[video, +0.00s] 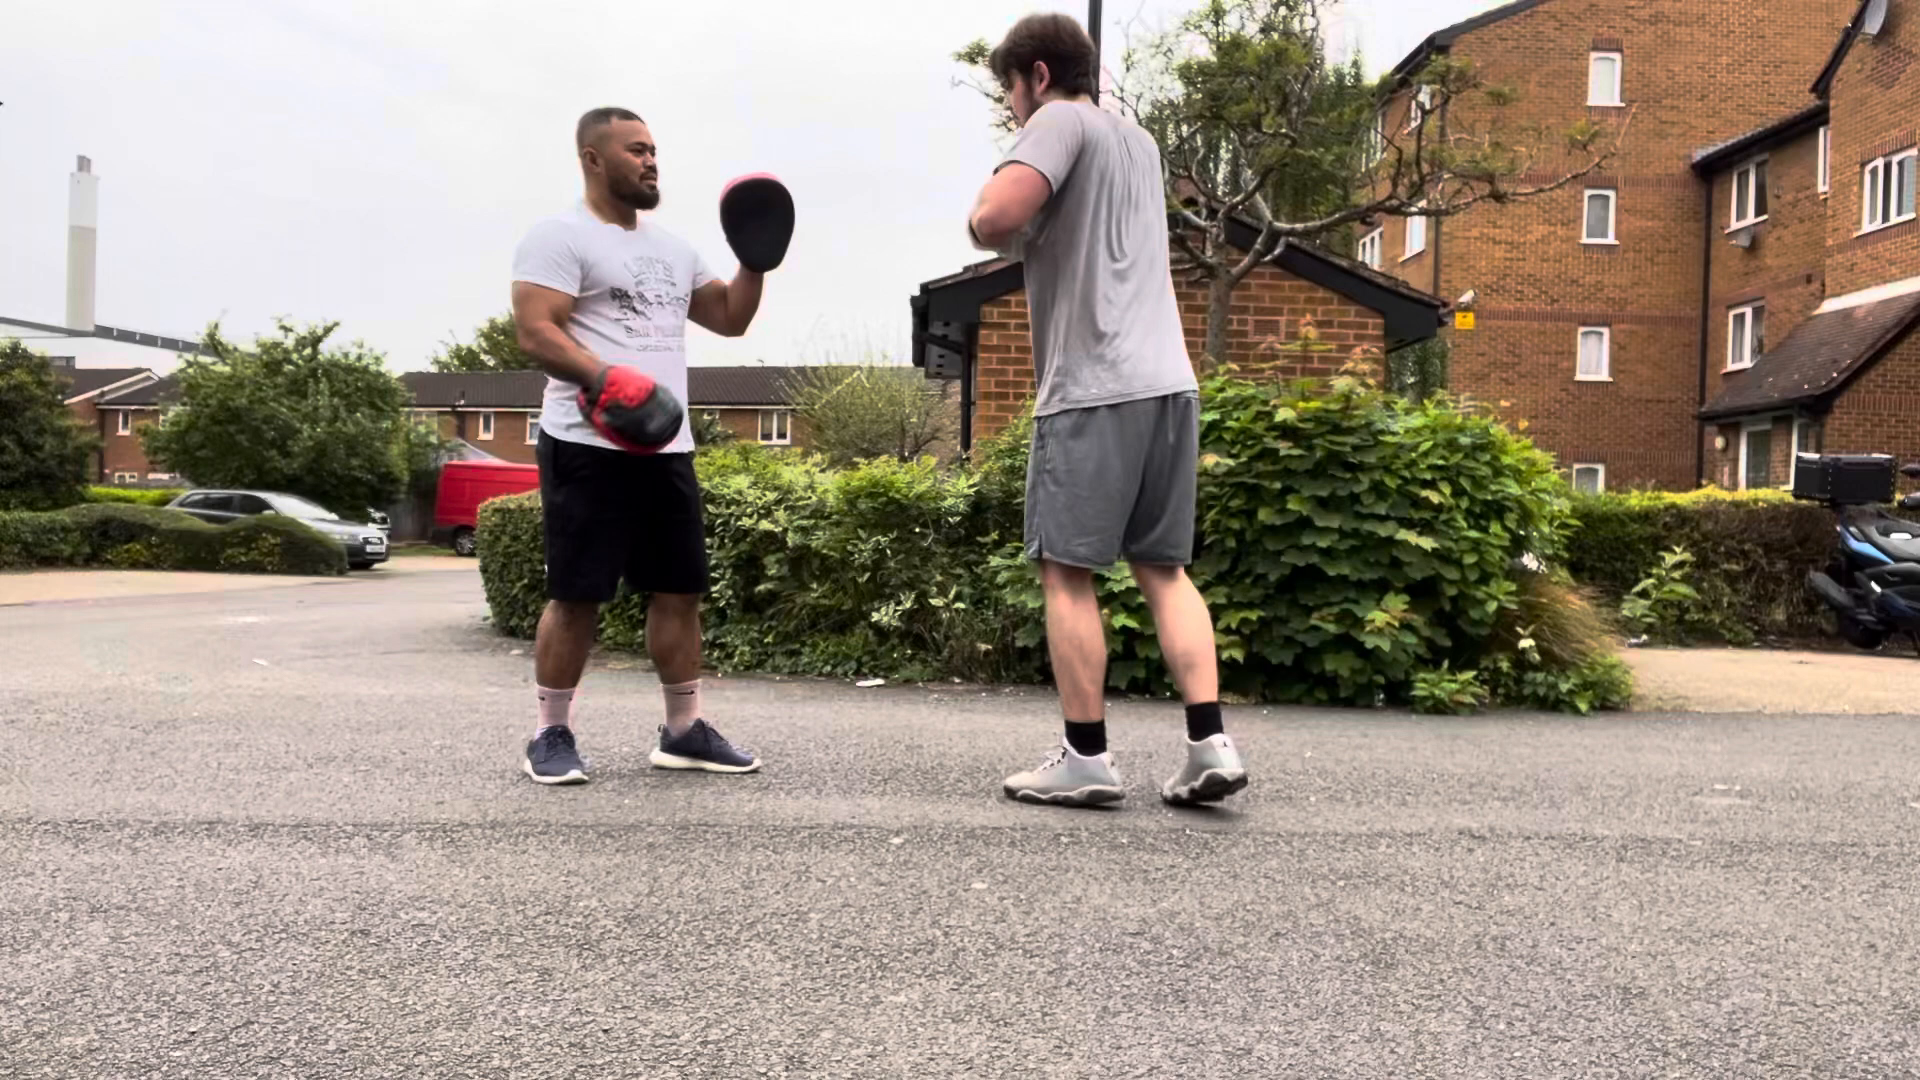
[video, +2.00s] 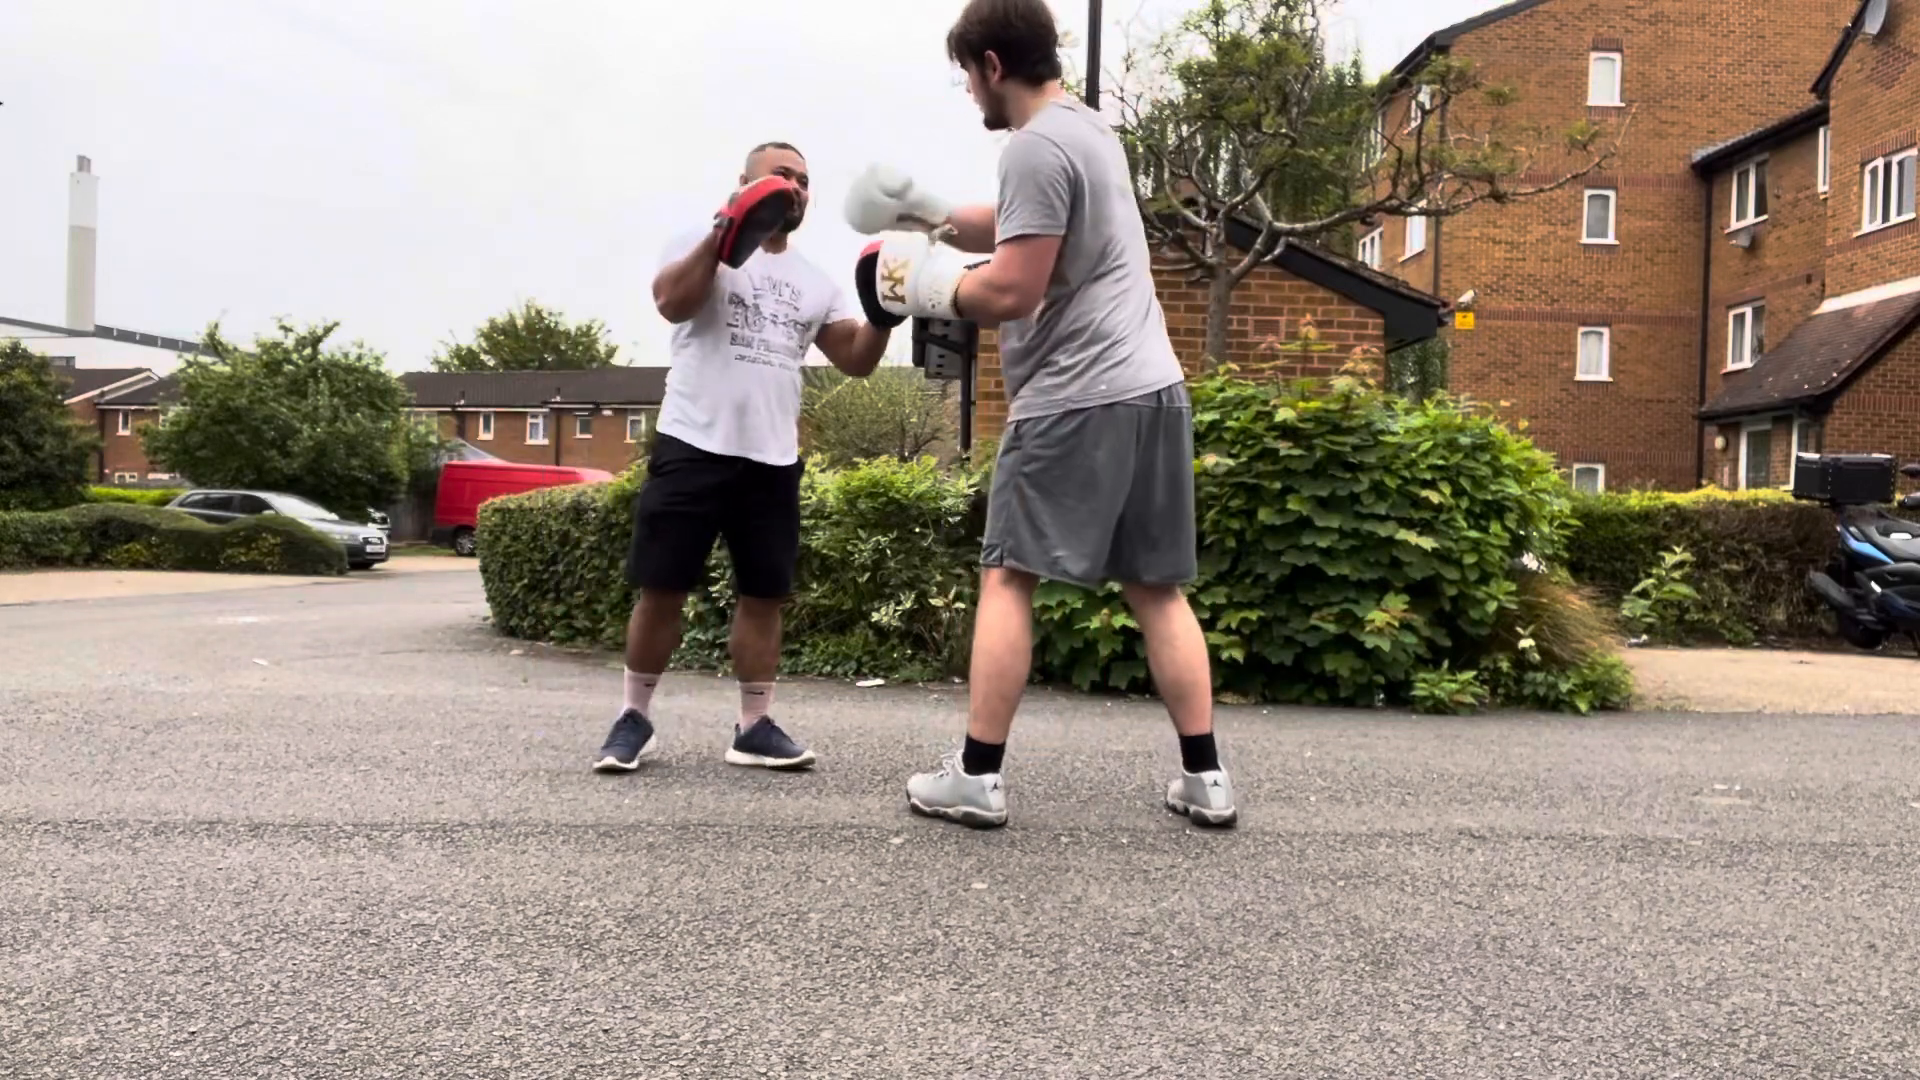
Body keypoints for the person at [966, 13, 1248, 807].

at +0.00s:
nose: (1012, 106)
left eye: (1012, 90)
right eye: (1009, 92)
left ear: (1040, 74)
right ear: (1084, 75)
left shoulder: (1062, 121)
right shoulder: (1139, 138)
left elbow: (993, 218)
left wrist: (1015, 229)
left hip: (1093, 389)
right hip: (1172, 383)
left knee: (1067, 572)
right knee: (1163, 564)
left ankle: (1084, 757)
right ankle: (1211, 745)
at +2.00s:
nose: (967, 92)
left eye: (966, 75)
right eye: (963, 77)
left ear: (992, 67)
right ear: (1038, 59)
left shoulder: (1036, 146)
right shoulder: (1092, 131)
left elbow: (1014, 292)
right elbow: (1026, 230)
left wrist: (926, 285)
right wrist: (929, 218)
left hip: (1071, 402)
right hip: (1156, 389)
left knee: (1008, 576)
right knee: (1157, 587)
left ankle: (976, 777)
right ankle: (1207, 779)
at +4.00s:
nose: (1073, 104)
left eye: (1069, 93)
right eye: (1073, 94)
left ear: (1082, 86)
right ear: (1149, 73)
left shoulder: (1060, 165)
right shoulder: (1225, 133)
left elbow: (1030, 289)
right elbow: (1290, 249)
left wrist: (1110, 271)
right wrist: (1257, 294)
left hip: (1091, 407)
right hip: (1196, 404)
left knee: (1039, 580)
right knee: (1199, 597)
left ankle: (983, 771)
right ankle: (1208, 780)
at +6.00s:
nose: (994, 82)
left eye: (994, 64)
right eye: (991, 66)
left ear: (1020, 52)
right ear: (1076, 48)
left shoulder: (1044, 137)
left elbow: (983, 268)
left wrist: (948, 194)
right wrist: (998, 165)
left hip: (1093, 392)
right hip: (1188, 380)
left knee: (1013, 573)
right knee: (1217, 575)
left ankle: (997, 782)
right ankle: (1315, 762)